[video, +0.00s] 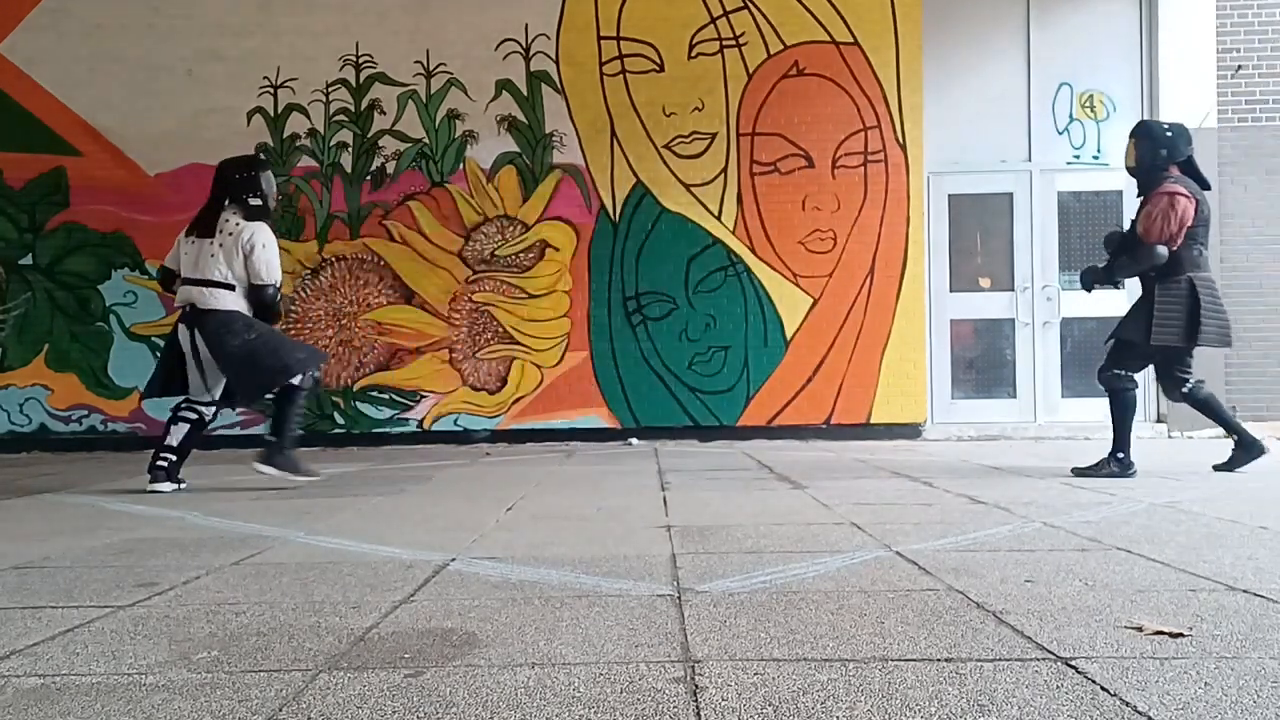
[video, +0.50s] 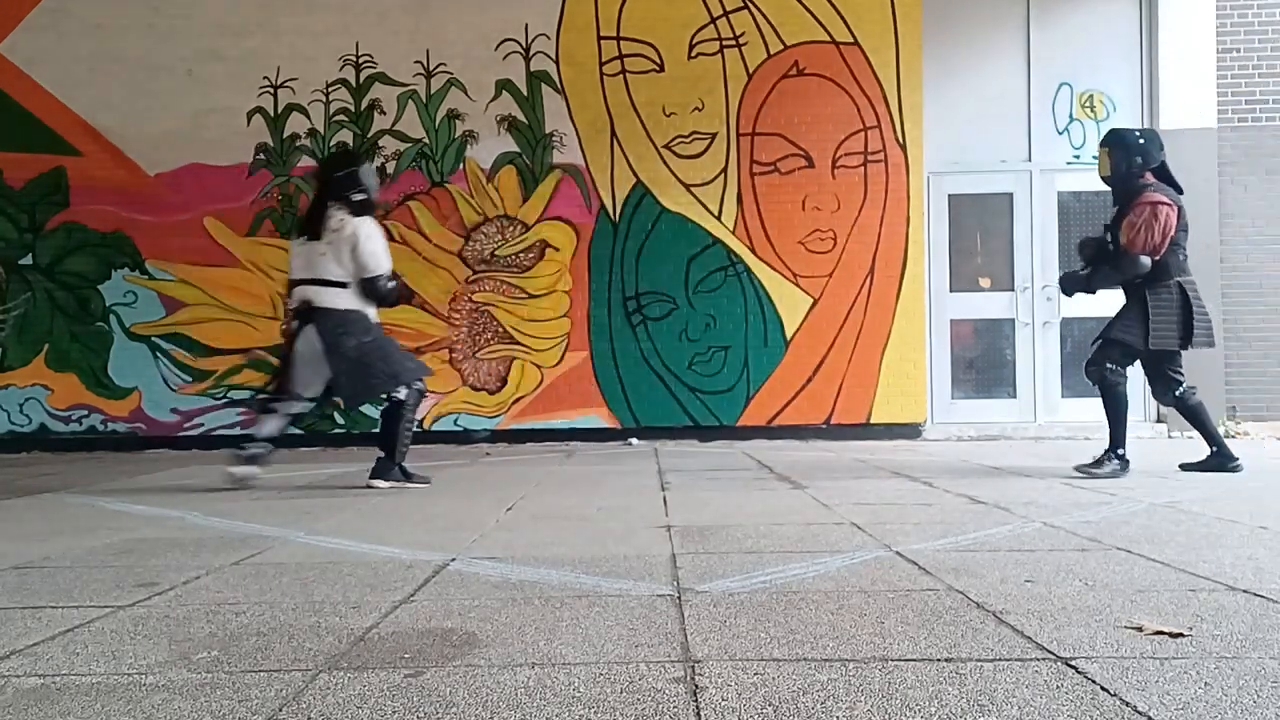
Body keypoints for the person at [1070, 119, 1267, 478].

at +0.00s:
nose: (1130, 156)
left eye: (1136, 149)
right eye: (1131, 148)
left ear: (1158, 154)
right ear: (1166, 155)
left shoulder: (1169, 195)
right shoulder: (1176, 189)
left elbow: (1152, 254)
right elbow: (1162, 244)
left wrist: (1105, 272)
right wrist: (1126, 242)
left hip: (1168, 297)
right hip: (1180, 296)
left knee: (1116, 373)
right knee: (1177, 383)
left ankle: (1120, 459)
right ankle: (1246, 442)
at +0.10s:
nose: (1119, 156)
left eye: (1124, 149)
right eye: (1119, 148)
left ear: (1147, 153)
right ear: (1155, 153)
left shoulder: (1159, 195)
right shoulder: (1168, 189)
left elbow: (1144, 255)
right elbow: (1151, 240)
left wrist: (1098, 273)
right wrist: (1117, 241)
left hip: (1159, 295)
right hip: (1172, 294)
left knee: (1110, 372)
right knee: (1166, 380)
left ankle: (1119, 458)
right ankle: (1234, 439)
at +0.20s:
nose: (1113, 158)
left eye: (1118, 151)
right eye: (1113, 151)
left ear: (1141, 155)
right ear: (1150, 156)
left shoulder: (1155, 196)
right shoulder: (1167, 190)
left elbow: (1141, 255)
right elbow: (1150, 244)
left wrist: (1092, 272)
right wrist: (1112, 242)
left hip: (1157, 297)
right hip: (1173, 296)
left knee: (1108, 371)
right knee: (1164, 383)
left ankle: (1119, 458)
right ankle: (1220, 449)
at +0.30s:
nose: (1112, 162)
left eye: (1118, 154)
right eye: (1112, 154)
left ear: (1141, 158)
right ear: (1149, 159)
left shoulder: (1155, 199)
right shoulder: (1163, 193)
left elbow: (1138, 258)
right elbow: (1143, 247)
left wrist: (1091, 274)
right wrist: (1110, 247)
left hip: (1158, 299)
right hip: (1171, 298)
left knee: (1106, 370)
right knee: (1170, 385)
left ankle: (1119, 458)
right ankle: (1222, 452)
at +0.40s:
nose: (1110, 165)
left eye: (1116, 157)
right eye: (1110, 157)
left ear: (1140, 159)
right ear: (1146, 160)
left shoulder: (1155, 201)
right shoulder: (1154, 195)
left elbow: (1137, 262)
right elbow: (1139, 248)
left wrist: (1091, 278)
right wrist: (1109, 248)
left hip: (1160, 298)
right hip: (1169, 297)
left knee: (1103, 365)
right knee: (1171, 386)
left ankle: (1117, 453)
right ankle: (1222, 453)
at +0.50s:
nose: (1104, 166)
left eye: (1110, 158)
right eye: (1104, 158)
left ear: (1135, 161)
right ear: (1139, 162)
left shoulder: (1151, 203)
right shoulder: (1140, 198)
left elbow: (1135, 264)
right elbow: (1131, 250)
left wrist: (1085, 280)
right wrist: (1101, 252)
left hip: (1158, 299)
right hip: (1160, 298)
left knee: (1106, 365)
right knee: (1170, 386)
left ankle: (1116, 455)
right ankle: (1222, 452)